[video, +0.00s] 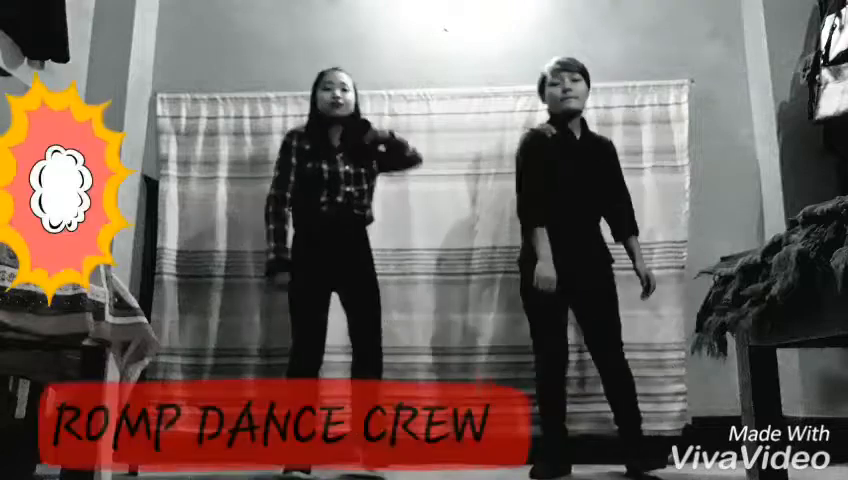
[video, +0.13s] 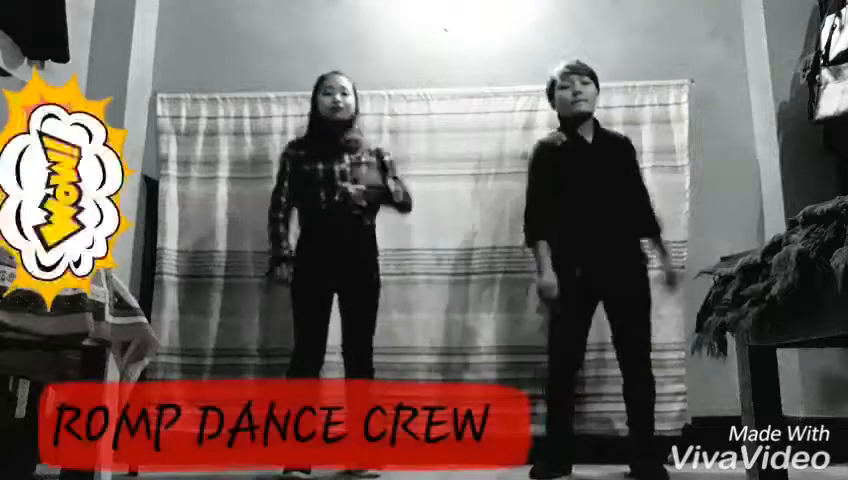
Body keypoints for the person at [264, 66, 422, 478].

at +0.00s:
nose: (337, 94)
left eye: (344, 88)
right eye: (328, 88)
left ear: (355, 98)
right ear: (314, 97)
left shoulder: (365, 141)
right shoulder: (298, 141)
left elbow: (410, 159)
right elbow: (278, 201)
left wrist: (380, 138)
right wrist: (278, 257)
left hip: (353, 253)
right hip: (309, 254)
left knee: (368, 347)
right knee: (307, 350)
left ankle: (369, 440)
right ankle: (297, 446)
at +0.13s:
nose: (337, 99)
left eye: (345, 93)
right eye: (328, 92)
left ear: (355, 103)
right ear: (314, 102)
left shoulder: (372, 153)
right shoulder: (297, 153)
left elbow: (404, 201)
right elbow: (280, 208)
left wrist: (378, 189)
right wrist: (280, 256)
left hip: (359, 263)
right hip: (312, 263)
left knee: (359, 356)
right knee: (307, 355)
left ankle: (361, 448)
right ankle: (296, 447)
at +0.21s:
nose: (345, 100)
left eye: (352, 94)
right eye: (336, 95)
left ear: (363, 104)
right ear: (322, 105)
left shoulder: (380, 153)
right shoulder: (307, 154)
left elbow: (395, 201)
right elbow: (295, 209)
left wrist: (381, 228)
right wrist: (287, 259)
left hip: (365, 261)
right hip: (319, 259)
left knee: (362, 355)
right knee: (312, 352)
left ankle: (362, 444)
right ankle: (300, 443)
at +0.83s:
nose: (354, 106)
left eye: (357, 99)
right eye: (345, 98)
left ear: (357, 107)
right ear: (321, 102)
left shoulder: (365, 157)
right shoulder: (296, 151)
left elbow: (378, 203)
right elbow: (274, 202)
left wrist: (387, 231)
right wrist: (264, 253)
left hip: (354, 260)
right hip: (310, 259)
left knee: (357, 354)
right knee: (292, 351)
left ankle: (363, 446)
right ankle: (266, 443)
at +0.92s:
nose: (367, 104)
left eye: (370, 98)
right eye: (358, 97)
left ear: (374, 107)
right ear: (337, 104)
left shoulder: (384, 151)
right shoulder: (315, 153)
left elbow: (409, 201)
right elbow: (293, 206)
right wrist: (272, 254)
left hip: (367, 265)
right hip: (323, 262)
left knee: (364, 357)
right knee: (300, 351)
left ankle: (368, 448)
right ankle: (280, 443)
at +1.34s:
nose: (344, 116)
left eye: (352, 110)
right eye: (336, 109)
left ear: (365, 118)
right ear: (327, 116)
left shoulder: (379, 160)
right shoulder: (312, 163)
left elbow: (394, 209)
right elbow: (298, 219)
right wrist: (294, 267)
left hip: (365, 267)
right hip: (325, 267)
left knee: (359, 352)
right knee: (325, 353)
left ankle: (367, 430)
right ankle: (328, 432)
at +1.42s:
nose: (345, 111)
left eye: (353, 106)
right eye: (337, 105)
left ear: (365, 115)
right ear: (326, 114)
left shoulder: (378, 160)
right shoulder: (309, 159)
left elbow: (392, 216)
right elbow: (295, 214)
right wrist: (291, 262)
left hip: (365, 265)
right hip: (323, 264)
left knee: (354, 344)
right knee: (326, 345)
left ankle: (357, 420)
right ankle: (328, 420)